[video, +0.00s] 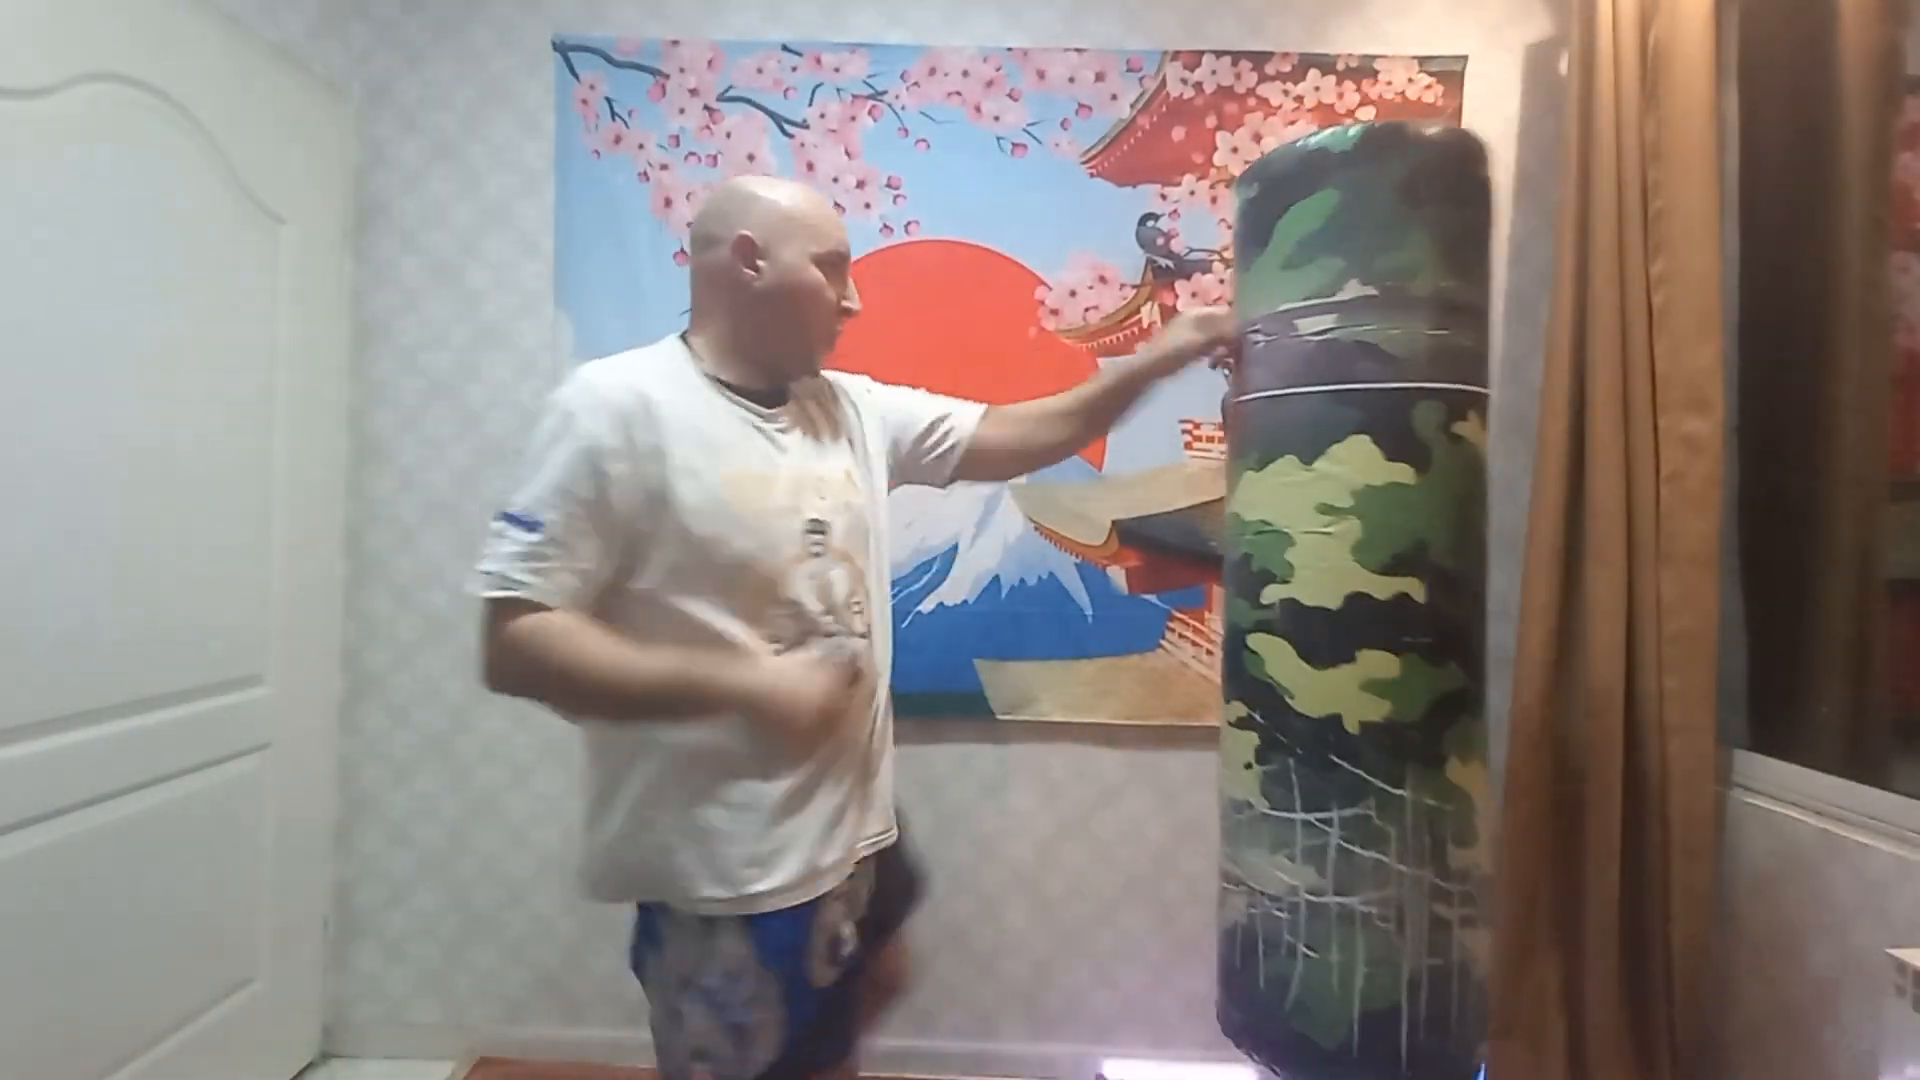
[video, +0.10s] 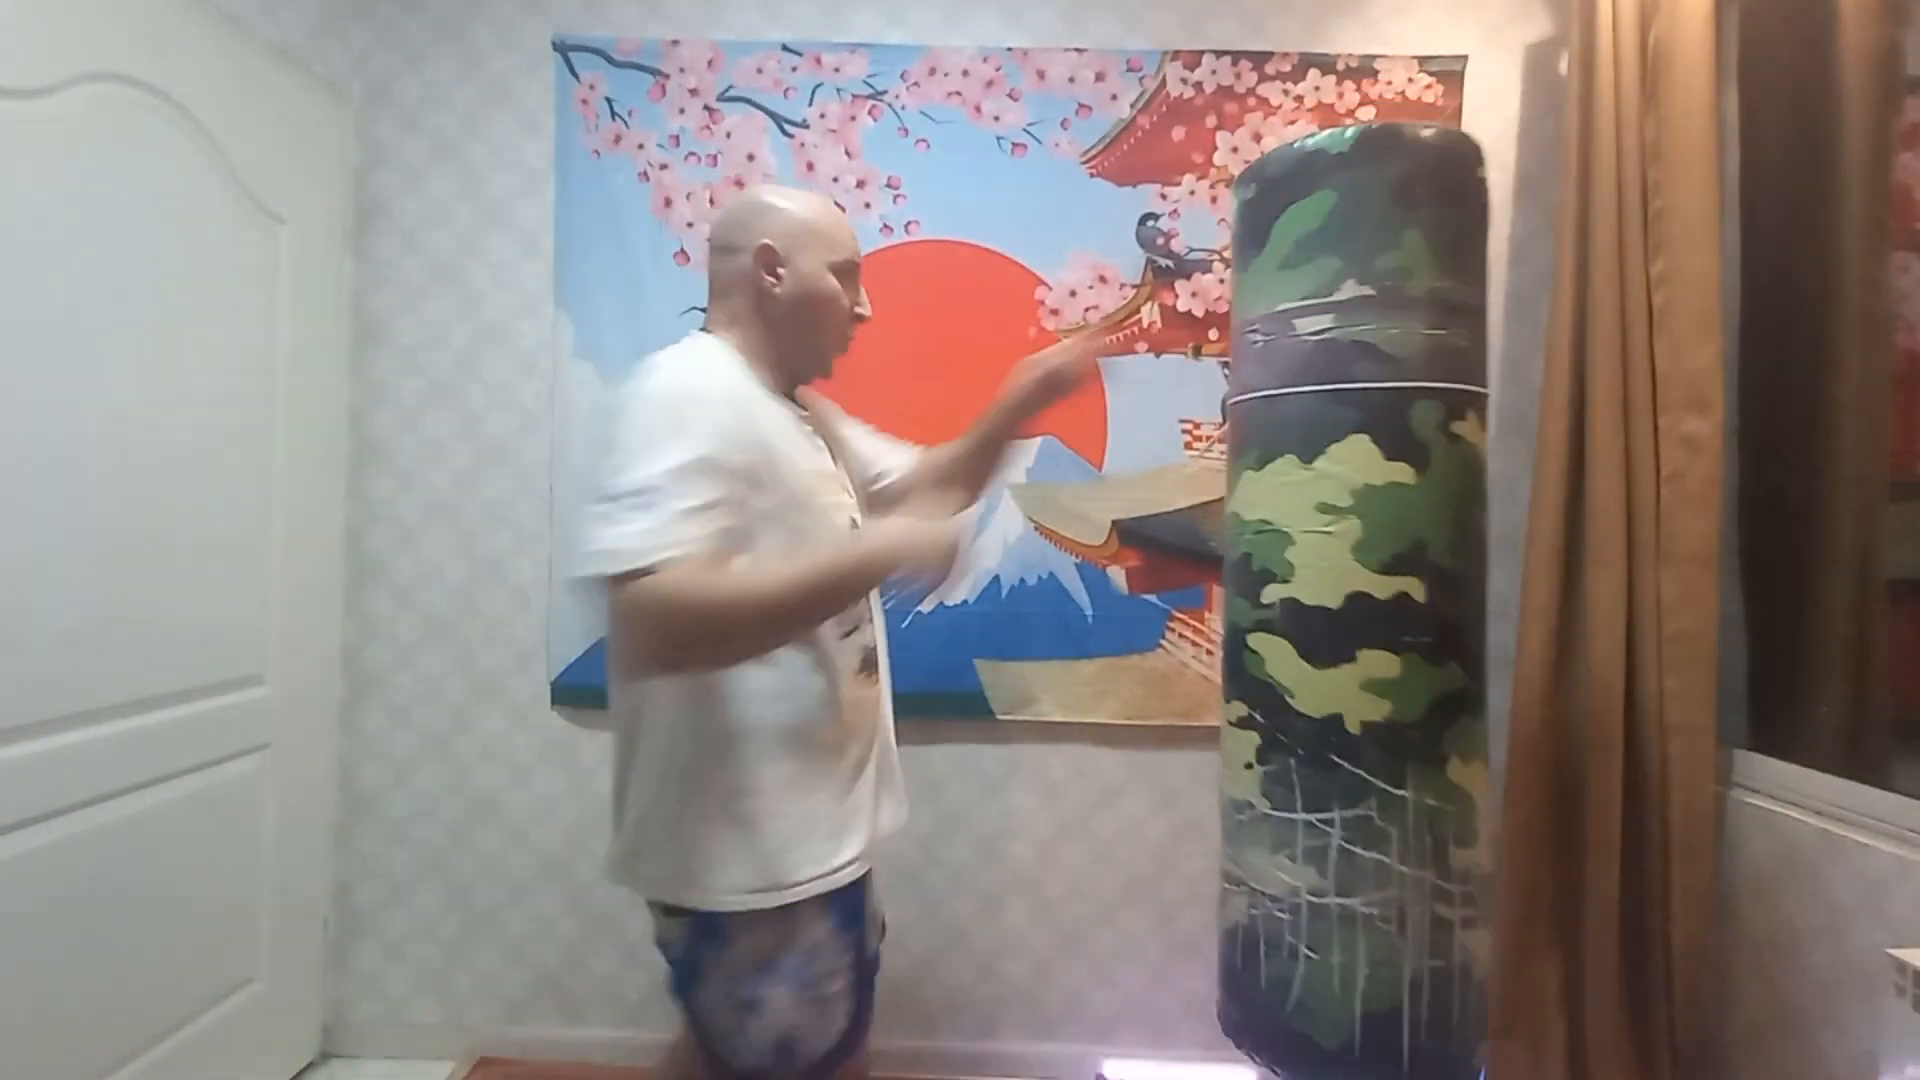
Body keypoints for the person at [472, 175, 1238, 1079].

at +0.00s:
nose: (854, 295)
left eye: (848, 268)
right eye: (831, 268)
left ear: (757, 264)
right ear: (747, 265)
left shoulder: (854, 410)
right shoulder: (611, 409)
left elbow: (1019, 434)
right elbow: (516, 642)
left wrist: (1162, 356)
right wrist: (747, 680)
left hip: (858, 853)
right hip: (724, 893)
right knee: (732, 1065)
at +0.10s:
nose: (862, 307)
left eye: (859, 281)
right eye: (844, 277)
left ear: (770, 277)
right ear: (767, 273)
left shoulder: (794, 410)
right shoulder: (685, 394)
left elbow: (915, 492)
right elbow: (652, 624)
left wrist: (1016, 407)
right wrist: (882, 547)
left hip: (823, 855)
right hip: (749, 877)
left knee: (831, 1059)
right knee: (766, 1066)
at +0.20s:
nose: (861, 316)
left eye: (859, 289)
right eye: (848, 286)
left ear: (763, 285)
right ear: (780, 281)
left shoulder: (669, 389)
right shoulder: (782, 391)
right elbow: (963, 496)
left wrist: (933, 449)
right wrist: (1089, 399)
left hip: (646, 831)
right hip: (771, 856)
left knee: (684, 1046)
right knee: (813, 1062)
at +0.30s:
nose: (843, 325)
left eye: (841, 301)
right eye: (837, 300)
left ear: (718, 292)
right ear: (791, 295)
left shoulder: (618, 402)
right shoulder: (850, 398)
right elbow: (1058, 443)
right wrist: (1155, 368)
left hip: (610, 810)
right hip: (779, 812)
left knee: (637, 1051)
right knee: (813, 1058)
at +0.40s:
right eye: (808, 292)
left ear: (704, 298)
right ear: (812, 303)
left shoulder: (613, 406)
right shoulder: (885, 411)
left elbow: (591, 524)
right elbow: (994, 486)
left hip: (639, 808)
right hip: (809, 805)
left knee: (638, 1058)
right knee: (784, 1038)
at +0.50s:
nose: (674, 312)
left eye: (686, 293)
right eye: (678, 291)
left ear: (740, 295)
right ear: (782, 298)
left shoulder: (683, 395)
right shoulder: (876, 411)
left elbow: (549, 494)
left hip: (696, 803)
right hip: (841, 792)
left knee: (654, 1044)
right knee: (768, 1011)